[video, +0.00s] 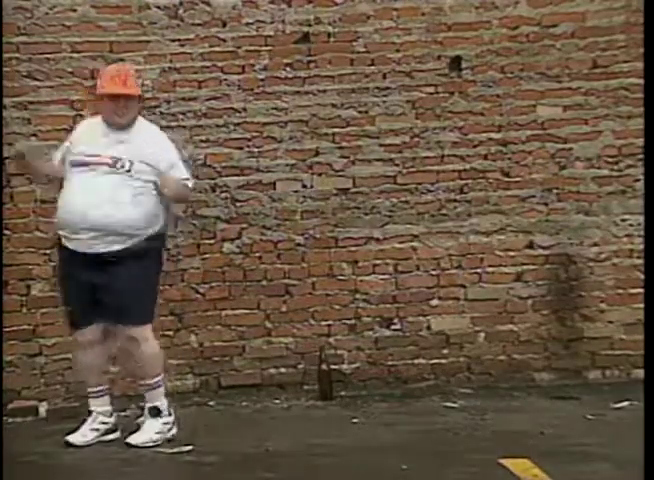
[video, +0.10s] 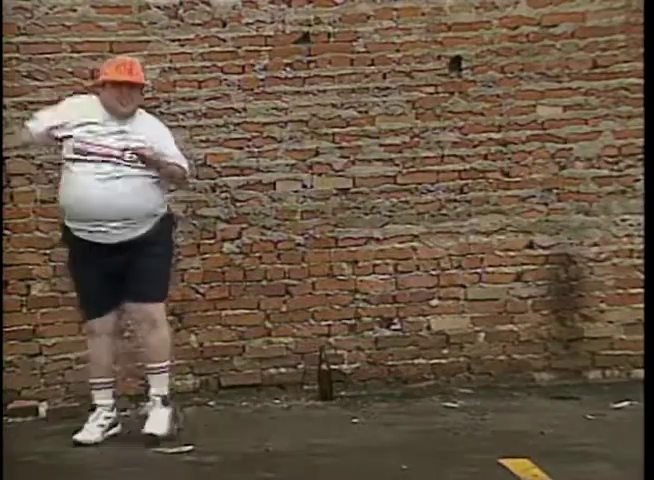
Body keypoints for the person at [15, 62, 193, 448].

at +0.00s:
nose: (119, 105)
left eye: (127, 98)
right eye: (112, 98)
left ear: (139, 100)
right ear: (98, 99)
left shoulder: (154, 140)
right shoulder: (84, 130)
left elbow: (182, 192)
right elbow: (60, 169)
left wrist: (167, 182)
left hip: (134, 249)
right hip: (78, 248)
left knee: (136, 331)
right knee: (88, 335)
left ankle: (159, 415)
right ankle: (102, 415)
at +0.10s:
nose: (128, 96)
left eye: (134, 89)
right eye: (120, 87)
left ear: (141, 91)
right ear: (101, 86)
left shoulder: (152, 126)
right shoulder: (76, 109)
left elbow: (180, 176)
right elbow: (29, 131)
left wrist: (157, 162)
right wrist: (47, 134)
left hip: (145, 234)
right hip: (87, 236)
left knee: (148, 315)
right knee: (98, 326)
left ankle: (160, 404)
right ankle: (104, 411)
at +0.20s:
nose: (124, 107)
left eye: (130, 100)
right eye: (116, 100)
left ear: (139, 100)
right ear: (99, 99)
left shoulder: (153, 129)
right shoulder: (78, 117)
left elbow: (189, 166)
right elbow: (21, 114)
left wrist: (159, 161)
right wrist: (6, 140)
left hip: (153, 242)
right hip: (92, 245)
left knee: (163, 317)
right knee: (106, 330)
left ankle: (170, 394)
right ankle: (121, 408)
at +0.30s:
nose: (124, 121)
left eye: (129, 113)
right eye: (115, 115)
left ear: (136, 113)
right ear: (97, 118)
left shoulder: (151, 140)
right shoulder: (79, 141)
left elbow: (186, 159)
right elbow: (28, 142)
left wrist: (167, 175)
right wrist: (7, 158)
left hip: (157, 263)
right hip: (97, 267)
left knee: (172, 335)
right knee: (110, 342)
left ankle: (175, 406)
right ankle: (121, 412)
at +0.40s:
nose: (130, 124)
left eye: (133, 117)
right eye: (121, 119)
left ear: (138, 115)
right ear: (99, 123)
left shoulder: (152, 140)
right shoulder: (80, 154)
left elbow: (188, 160)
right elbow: (42, 175)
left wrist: (191, 192)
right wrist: (25, 181)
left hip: (158, 260)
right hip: (98, 262)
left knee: (174, 333)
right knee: (110, 342)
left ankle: (173, 407)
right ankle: (121, 412)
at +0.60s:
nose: (135, 100)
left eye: (135, 93)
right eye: (126, 96)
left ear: (136, 89)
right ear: (102, 97)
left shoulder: (153, 118)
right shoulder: (73, 126)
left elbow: (191, 154)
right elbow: (53, 177)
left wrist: (201, 195)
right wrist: (55, 214)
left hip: (158, 233)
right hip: (102, 236)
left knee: (166, 314)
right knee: (114, 324)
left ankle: (172, 394)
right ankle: (114, 406)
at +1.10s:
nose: (121, 105)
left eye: (126, 97)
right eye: (115, 101)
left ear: (143, 92)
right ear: (108, 103)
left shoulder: (170, 117)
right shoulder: (93, 130)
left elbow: (210, 151)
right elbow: (65, 179)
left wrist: (198, 158)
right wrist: (69, 218)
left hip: (166, 242)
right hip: (109, 243)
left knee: (170, 325)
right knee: (109, 328)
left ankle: (178, 408)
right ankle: (111, 408)